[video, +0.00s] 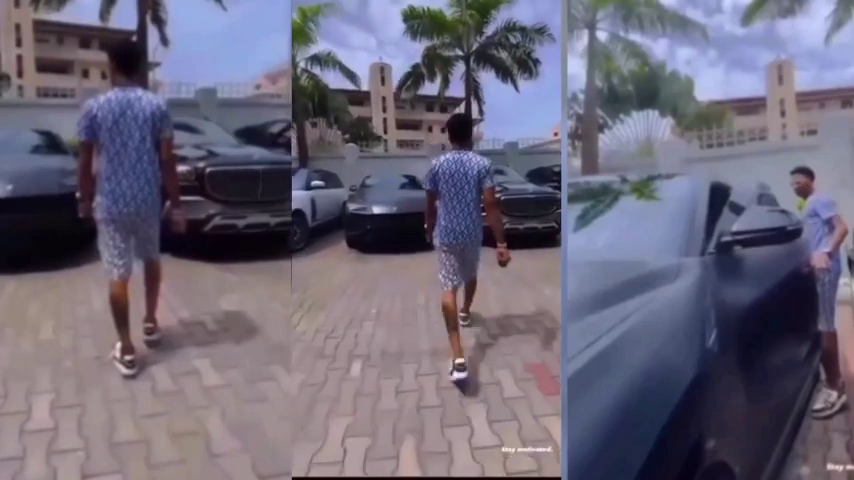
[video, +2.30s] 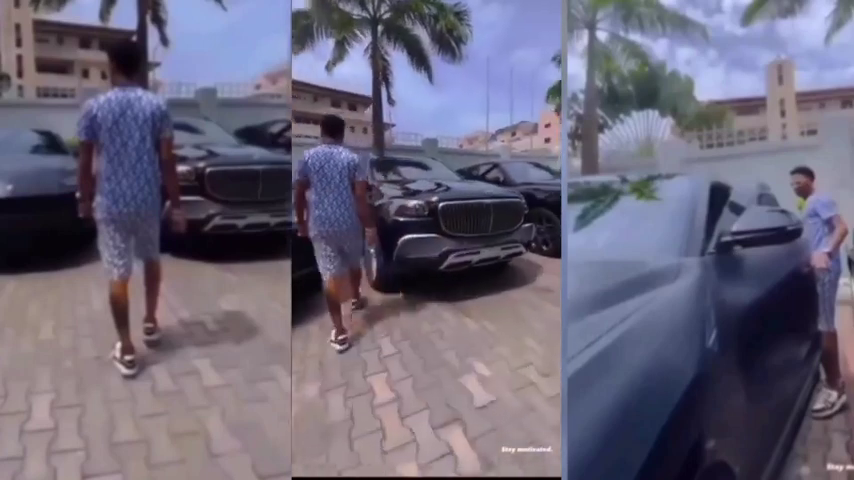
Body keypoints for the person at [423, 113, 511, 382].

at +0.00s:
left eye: (451, 132)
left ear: (449, 135)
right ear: (471, 135)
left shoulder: (438, 165)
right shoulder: (481, 164)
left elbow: (431, 203)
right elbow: (489, 204)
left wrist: (430, 228)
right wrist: (500, 243)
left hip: (444, 234)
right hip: (472, 233)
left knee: (449, 289)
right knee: (471, 275)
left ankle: (458, 357)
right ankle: (465, 311)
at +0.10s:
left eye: (452, 130)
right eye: (469, 130)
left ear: (450, 132)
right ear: (472, 133)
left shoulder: (439, 161)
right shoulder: (481, 161)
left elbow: (432, 200)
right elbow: (490, 201)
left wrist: (429, 230)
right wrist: (496, 236)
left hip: (447, 229)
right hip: (473, 229)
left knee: (444, 276)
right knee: (471, 273)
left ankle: (452, 327)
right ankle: (464, 317)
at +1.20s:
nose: (424, 138)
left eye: (424, 134)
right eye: (434, 133)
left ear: (424, 135)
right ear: (444, 135)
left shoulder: (412, 161)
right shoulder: (452, 163)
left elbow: (403, 198)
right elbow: (457, 199)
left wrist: (400, 226)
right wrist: (465, 231)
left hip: (418, 225)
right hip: (443, 225)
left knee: (420, 279)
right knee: (443, 266)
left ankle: (427, 339)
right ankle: (439, 304)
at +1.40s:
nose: (411, 132)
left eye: (411, 129)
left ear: (412, 130)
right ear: (431, 130)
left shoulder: (400, 156)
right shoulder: (440, 158)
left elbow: (393, 193)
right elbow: (446, 196)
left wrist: (392, 224)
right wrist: (448, 226)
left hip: (407, 222)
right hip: (433, 223)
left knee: (404, 266)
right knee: (432, 271)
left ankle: (411, 307)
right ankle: (426, 316)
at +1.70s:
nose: (382, 138)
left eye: (382, 134)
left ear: (383, 135)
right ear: (402, 135)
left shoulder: (375, 161)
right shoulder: (414, 160)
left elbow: (370, 199)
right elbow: (424, 193)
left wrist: (371, 230)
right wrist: (422, 217)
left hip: (386, 226)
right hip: (411, 226)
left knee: (387, 268)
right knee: (410, 277)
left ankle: (390, 300)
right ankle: (406, 334)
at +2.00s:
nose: (349, 133)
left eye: (345, 129)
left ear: (345, 130)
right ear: (366, 129)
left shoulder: (337, 156)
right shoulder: (378, 155)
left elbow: (335, 196)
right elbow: (389, 192)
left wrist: (334, 228)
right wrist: (394, 220)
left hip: (351, 224)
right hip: (378, 222)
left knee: (357, 271)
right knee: (387, 266)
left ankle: (365, 313)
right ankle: (384, 304)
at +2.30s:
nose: (330, 137)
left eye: (325, 132)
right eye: (339, 133)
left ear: (321, 133)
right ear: (343, 133)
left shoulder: (309, 157)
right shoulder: (352, 158)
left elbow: (300, 192)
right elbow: (360, 195)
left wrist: (301, 222)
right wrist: (369, 225)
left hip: (320, 223)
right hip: (348, 221)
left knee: (329, 275)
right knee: (354, 261)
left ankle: (339, 331)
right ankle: (356, 297)